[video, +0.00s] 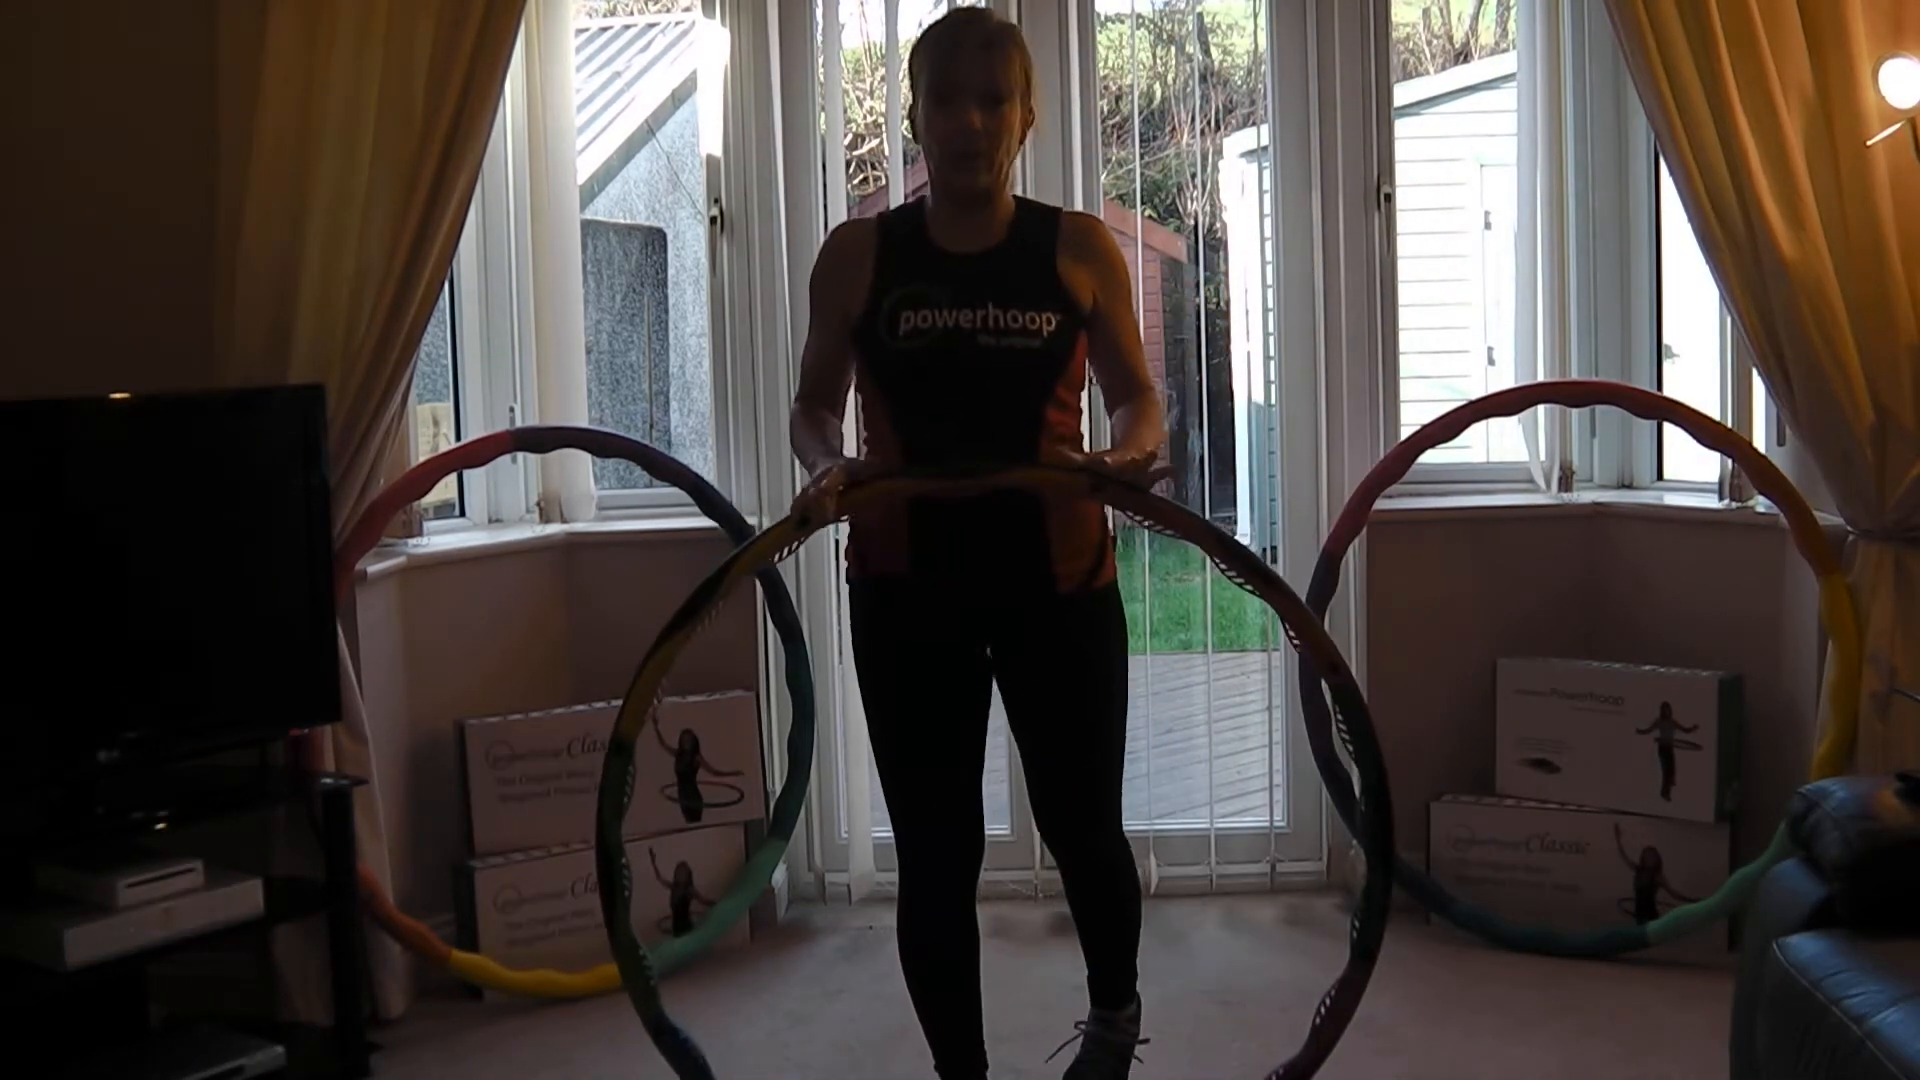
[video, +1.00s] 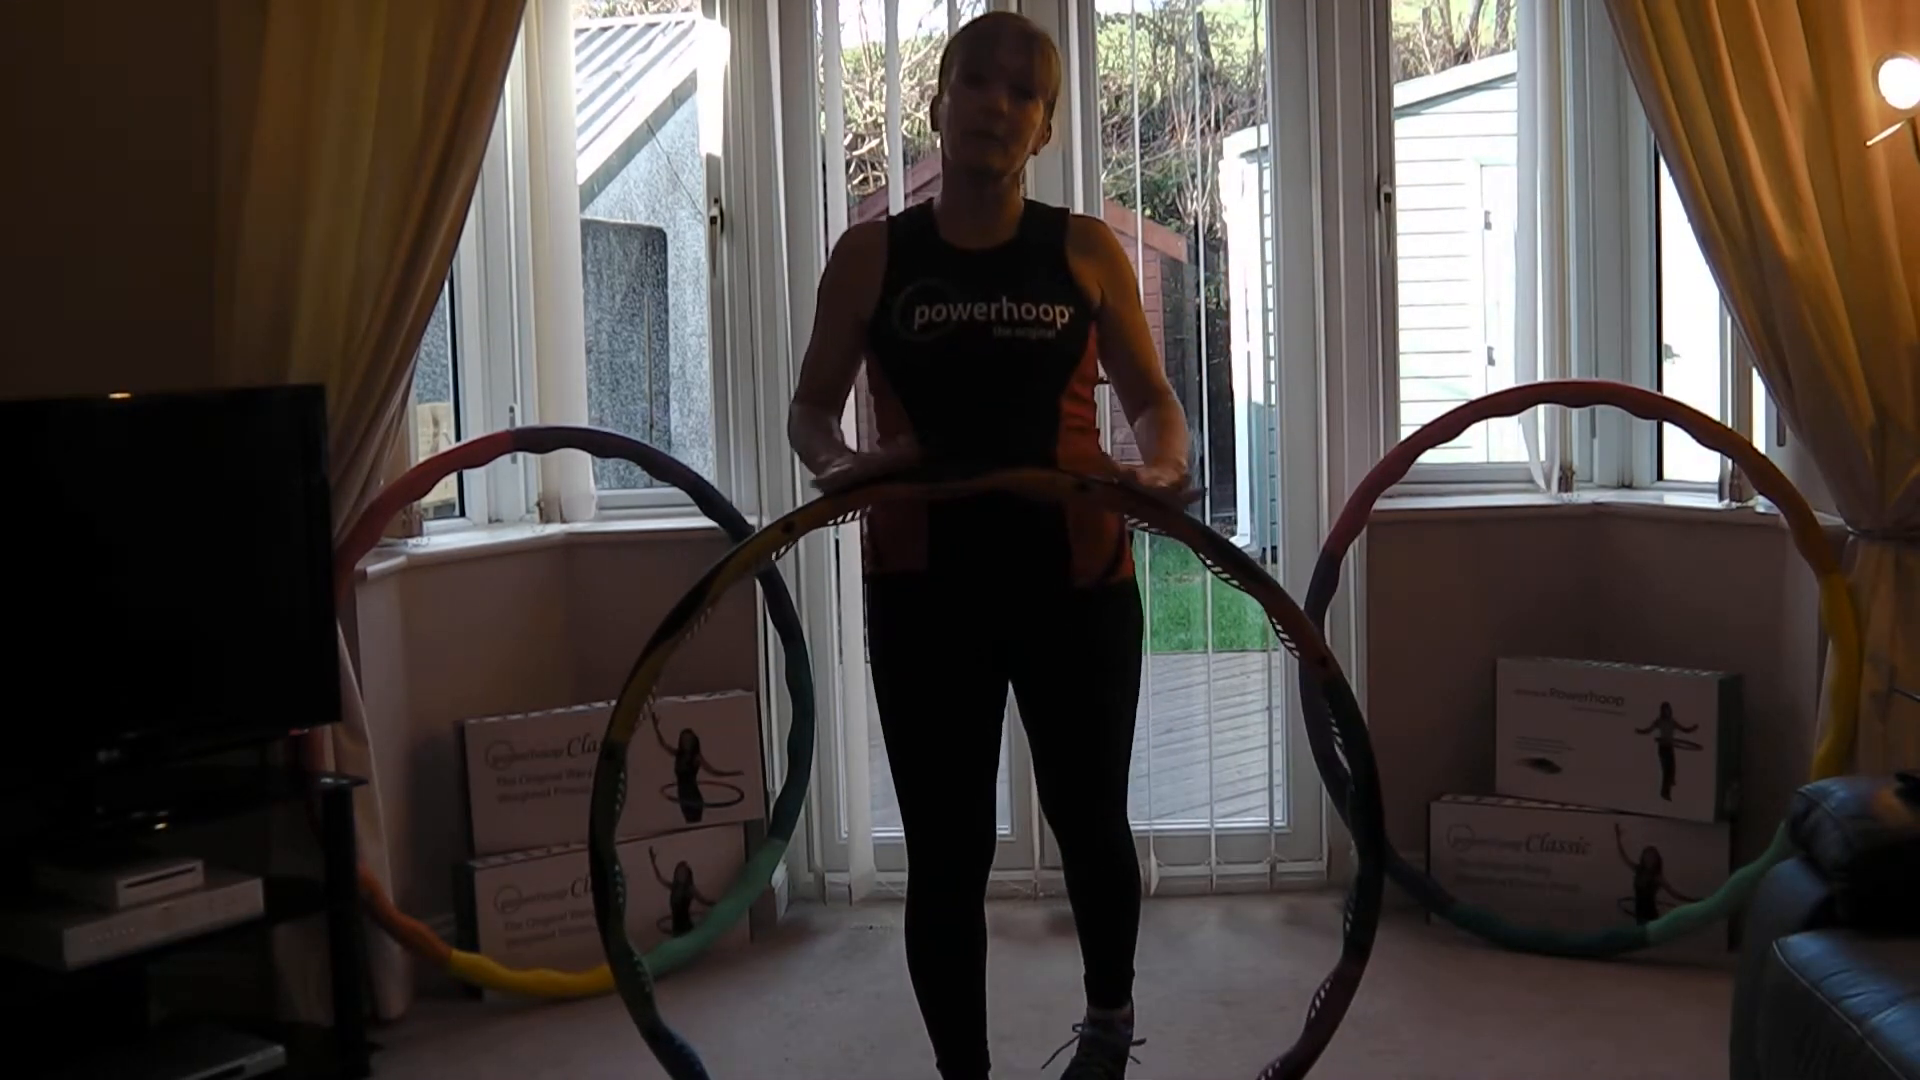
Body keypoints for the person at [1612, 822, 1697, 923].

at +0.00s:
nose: (1648, 859)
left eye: (1651, 857)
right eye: (1646, 856)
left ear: (1656, 859)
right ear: (1642, 858)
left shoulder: (1657, 876)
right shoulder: (1639, 871)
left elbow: (1673, 894)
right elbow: (1623, 856)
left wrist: (1692, 901)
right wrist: (1618, 839)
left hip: (1651, 913)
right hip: (1639, 912)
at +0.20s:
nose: (1648, 860)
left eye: (1651, 857)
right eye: (1646, 856)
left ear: (1656, 859)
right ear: (1642, 858)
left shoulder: (1657, 876)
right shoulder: (1639, 871)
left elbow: (1673, 894)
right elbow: (1623, 856)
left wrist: (1692, 901)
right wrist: (1618, 839)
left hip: (1651, 913)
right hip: (1639, 912)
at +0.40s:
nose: (1648, 860)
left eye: (1651, 857)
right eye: (1646, 856)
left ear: (1656, 859)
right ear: (1642, 858)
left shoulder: (1657, 876)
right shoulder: (1639, 871)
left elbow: (1673, 894)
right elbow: (1624, 857)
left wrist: (1693, 901)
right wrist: (1618, 839)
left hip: (1651, 913)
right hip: (1639, 912)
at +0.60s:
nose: (1648, 860)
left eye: (1651, 857)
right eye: (1646, 856)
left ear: (1657, 860)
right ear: (1642, 858)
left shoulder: (1657, 877)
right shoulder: (1639, 871)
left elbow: (1674, 894)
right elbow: (1623, 856)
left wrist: (1693, 901)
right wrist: (1618, 837)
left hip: (1651, 912)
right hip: (1639, 911)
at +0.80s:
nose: (1648, 860)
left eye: (1651, 857)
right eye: (1646, 857)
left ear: (1657, 860)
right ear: (1642, 858)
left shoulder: (1657, 877)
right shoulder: (1639, 870)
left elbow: (1674, 894)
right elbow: (1623, 856)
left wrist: (1693, 901)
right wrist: (1618, 837)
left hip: (1651, 912)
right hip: (1639, 911)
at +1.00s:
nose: (1648, 860)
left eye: (1651, 857)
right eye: (1646, 856)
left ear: (1657, 860)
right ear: (1642, 858)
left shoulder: (1657, 877)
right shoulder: (1639, 870)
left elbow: (1674, 894)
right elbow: (1623, 856)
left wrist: (1693, 901)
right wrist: (1618, 838)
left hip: (1651, 912)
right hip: (1639, 911)